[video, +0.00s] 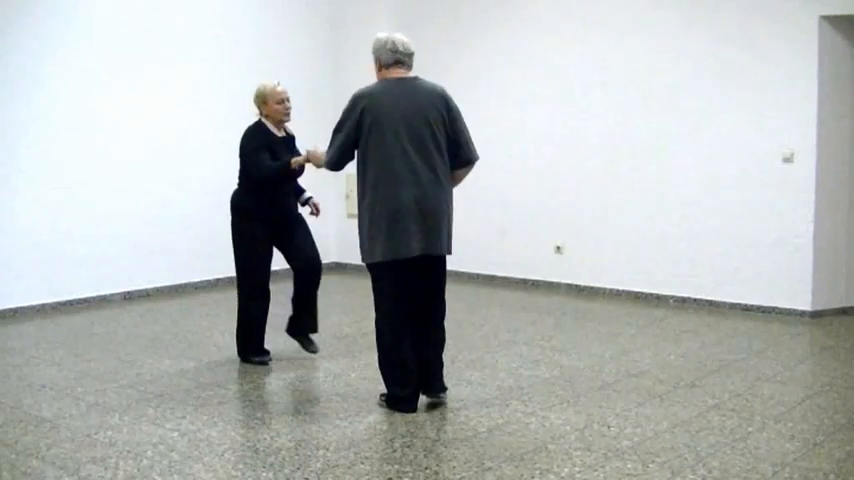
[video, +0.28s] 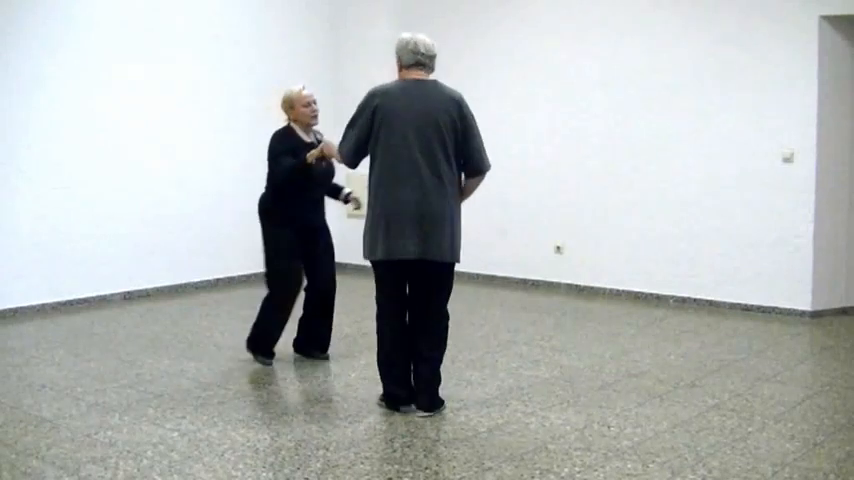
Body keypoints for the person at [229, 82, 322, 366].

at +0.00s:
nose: (288, 105)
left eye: (288, 101)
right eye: (281, 102)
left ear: (287, 104)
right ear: (264, 108)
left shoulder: (287, 137)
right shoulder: (253, 137)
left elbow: (287, 177)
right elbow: (260, 173)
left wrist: (305, 198)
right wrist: (293, 164)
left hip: (283, 214)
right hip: (252, 217)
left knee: (310, 266)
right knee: (254, 283)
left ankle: (300, 327)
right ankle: (250, 349)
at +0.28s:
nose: (314, 108)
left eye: (315, 103)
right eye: (307, 105)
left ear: (315, 108)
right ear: (291, 112)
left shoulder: (318, 141)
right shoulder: (281, 139)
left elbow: (320, 181)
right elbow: (281, 176)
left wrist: (343, 194)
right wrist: (310, 158)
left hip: (312, 218)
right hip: (281, 219)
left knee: (323, 281)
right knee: (287, 281)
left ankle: (310, 344)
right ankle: (261, 343)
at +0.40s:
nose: (330, 102)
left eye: (330, 98)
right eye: (323, 99)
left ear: (330, 103)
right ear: (307, 106)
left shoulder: (332, 135)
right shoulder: (296, 132)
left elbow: (340, 173)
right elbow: (294, 166)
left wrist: (368, 181)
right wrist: (319, 146)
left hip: (324, 213)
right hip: (295, 211)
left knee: (329, 277)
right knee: (314, 274)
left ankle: (318, 346)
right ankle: (299, 341)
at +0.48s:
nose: (341, 104)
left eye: (341, 99)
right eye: (335, 100)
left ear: (338, 102)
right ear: (318, 105)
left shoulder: (344, 134)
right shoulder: (307, 133)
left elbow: (353, 171)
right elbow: (309, 169)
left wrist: (377, 178)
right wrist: (330, 138)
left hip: (333, 209)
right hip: (304, 209)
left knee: (334, 271)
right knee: (328, 271)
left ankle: (312, 338)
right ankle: (331, 342)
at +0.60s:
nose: (355, 111)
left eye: (354, 106)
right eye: (349, 107)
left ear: (340, 111)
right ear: (336, 110)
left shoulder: (355, 139)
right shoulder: (328, 139)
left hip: (347, 213)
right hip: (324, 214)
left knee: (341, 278)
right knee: (346, 278)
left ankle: (312, 339)